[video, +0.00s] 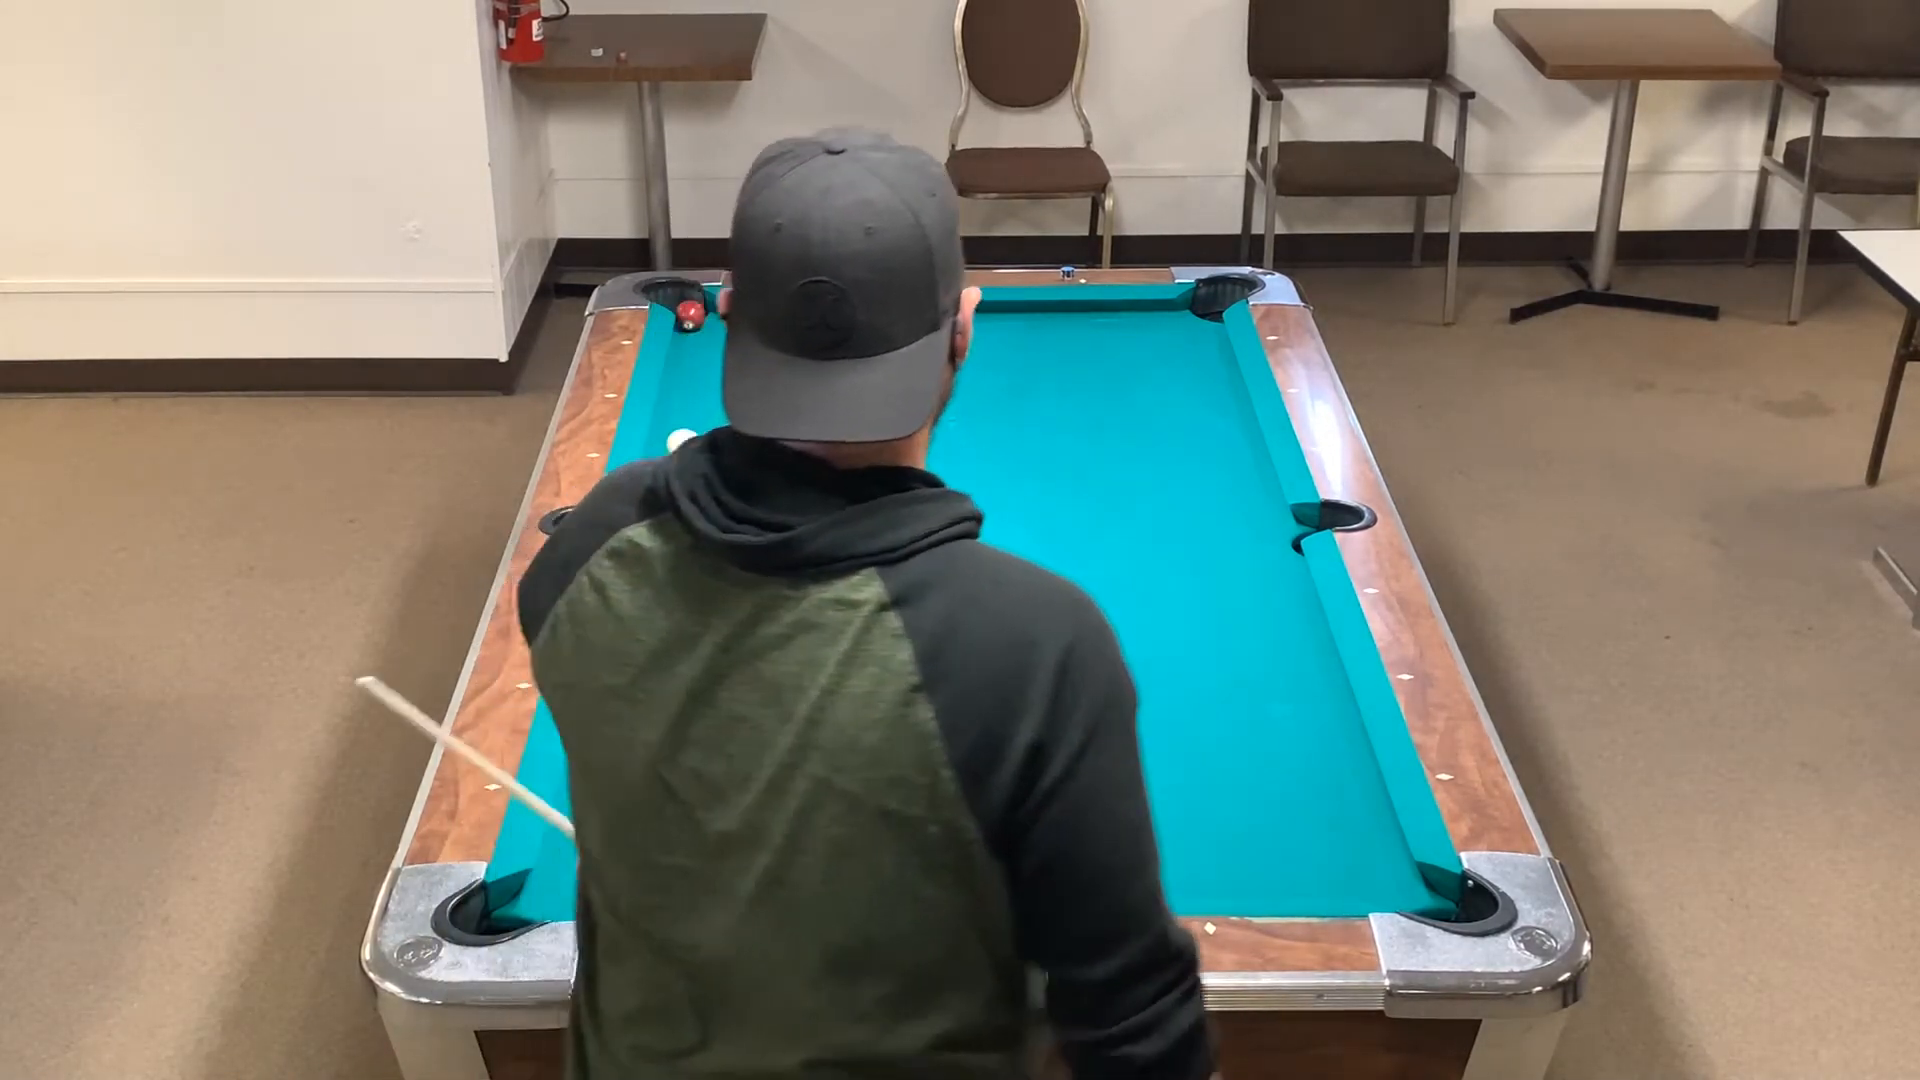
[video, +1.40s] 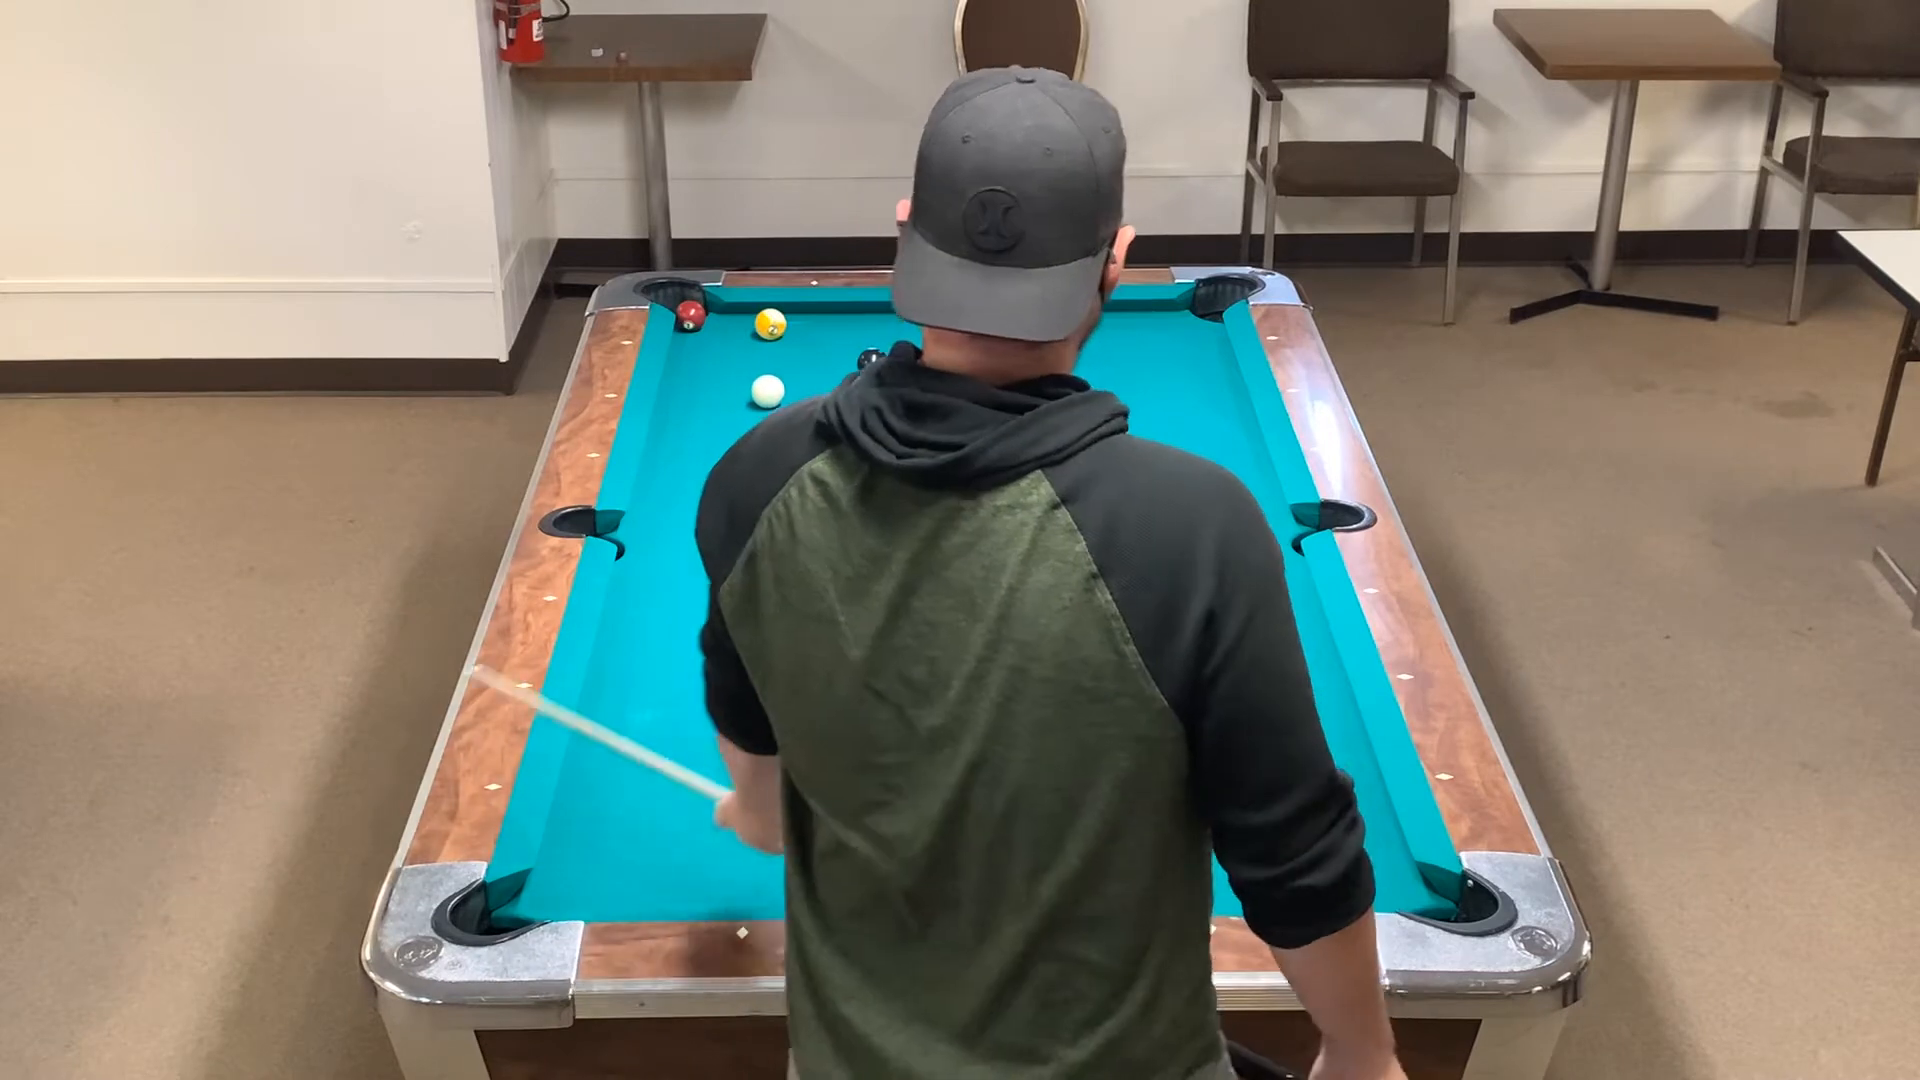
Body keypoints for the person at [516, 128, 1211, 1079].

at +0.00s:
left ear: (733, 307)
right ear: (960, 328)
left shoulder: (596, 559)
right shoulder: (1034, 649)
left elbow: (547, 592)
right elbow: (1133, 1024)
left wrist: (710, 464)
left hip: (635, 1058)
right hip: (931, 1060)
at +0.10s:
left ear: (765, 301)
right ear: (995, 319)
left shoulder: (619, 544)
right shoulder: (1079, 632)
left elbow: (620, 797)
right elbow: (1203, 1030)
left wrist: (617, 861)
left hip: (680, 1058)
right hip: (984, 1062)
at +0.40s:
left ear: (838, 286)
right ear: (1067, 311)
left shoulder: (694, 555)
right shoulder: (1187, 592)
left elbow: (638, 816)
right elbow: (1315, 946)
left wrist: (613, 933)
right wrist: (1352, 1067)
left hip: (778, 1056)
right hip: (1092, 1056)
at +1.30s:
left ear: (887, 237)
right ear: (1101, 265)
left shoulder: (744, 494)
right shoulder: (1186, 535)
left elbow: (711, 720)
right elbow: (1299, 850)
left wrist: (699, 835)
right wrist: (1357, 1033)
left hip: (825, 1048)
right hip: (1104, 1056)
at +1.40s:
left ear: (908, 224)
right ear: (1115, 260)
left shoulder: (764, 481)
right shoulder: (1190, 526)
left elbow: (744, 705)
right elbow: (1297, 856)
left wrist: (760, 810)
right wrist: (1359, 1047)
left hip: (845, 1048)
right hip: (1120, 1056)